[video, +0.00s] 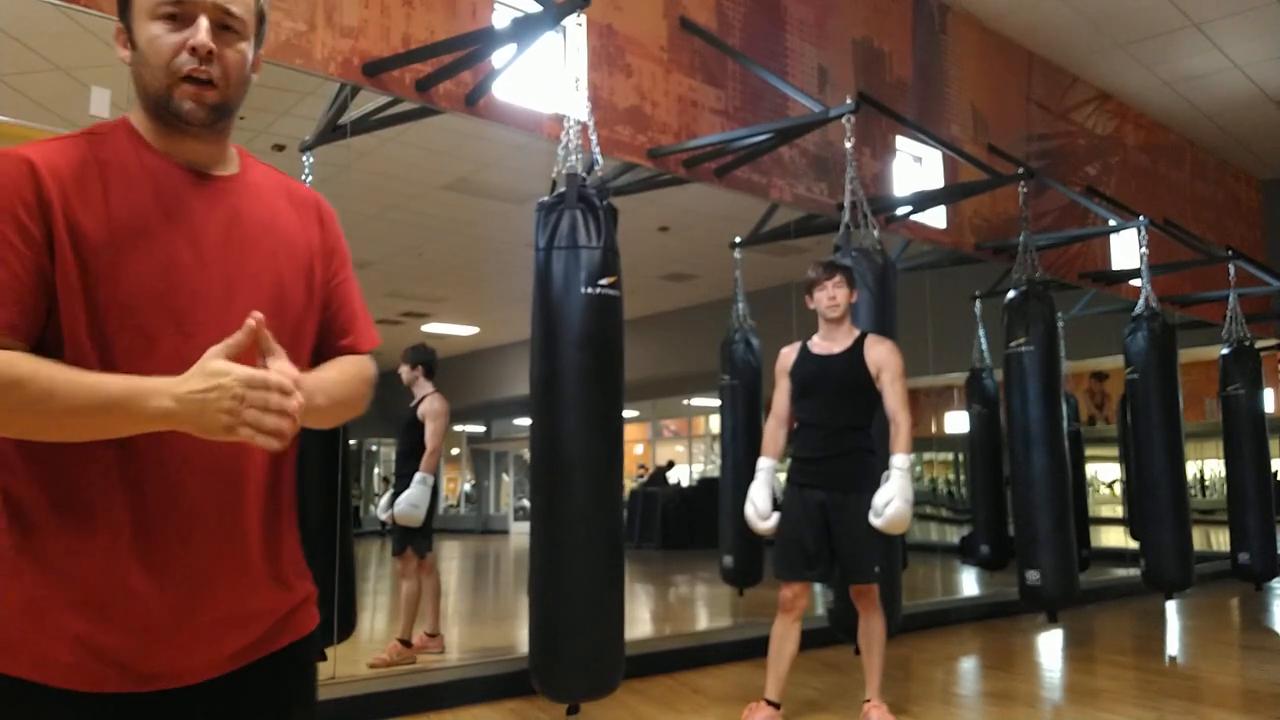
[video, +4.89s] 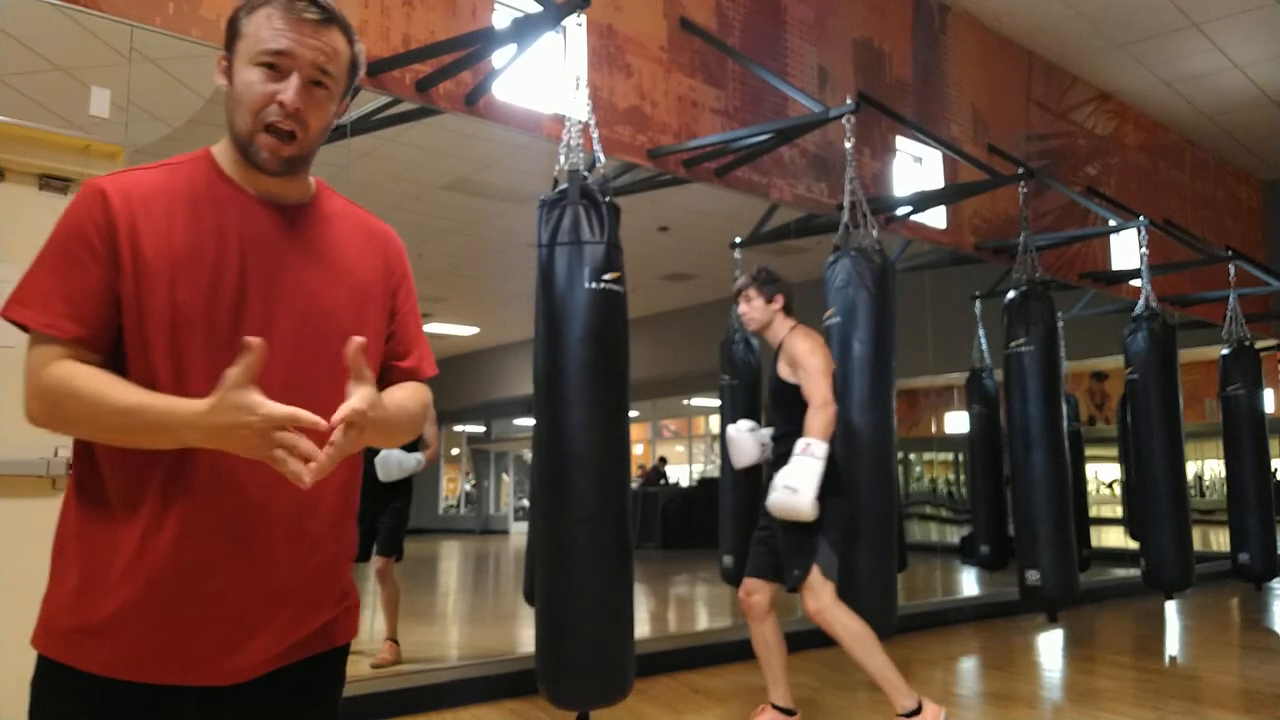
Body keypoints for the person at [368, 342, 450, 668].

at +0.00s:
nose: (399, 372)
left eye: (403, 367)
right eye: (400, 367)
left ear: (418, 370)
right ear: (419, 370)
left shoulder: (434, 402)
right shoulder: (417, 403)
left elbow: (433, 450)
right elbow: (406, 454)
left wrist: (419, 489)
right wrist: (392, 492)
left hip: (416, 486)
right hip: (408, 485)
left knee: (406, 565)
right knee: (424, 564)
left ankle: (403, 641)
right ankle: (431, 634)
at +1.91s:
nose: (400, 373)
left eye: (403, 367)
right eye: (400, 368)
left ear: (420, 369)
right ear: (418, 369)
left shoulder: (436, 402)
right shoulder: (416, 403)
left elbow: (437, 450)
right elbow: (407, 454)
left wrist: (423, 489)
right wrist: (393, 491)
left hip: (421, 483)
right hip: (409, 482)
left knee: (408, 563)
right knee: (425, 563)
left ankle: (403, 641)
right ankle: (431, 634)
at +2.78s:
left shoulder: (417, 392)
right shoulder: (391, 399)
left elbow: (422, 444)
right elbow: (389, 452)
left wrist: (409, 485)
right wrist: (371, 484)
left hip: (407, 481)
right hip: (389, 482)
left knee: (397, 566)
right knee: (374, 563)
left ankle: (403, 643)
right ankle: (414, 619)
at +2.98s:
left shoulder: (404, 393)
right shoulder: (380, 394)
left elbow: (408, 445)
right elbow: (385, 451)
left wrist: (396, 484)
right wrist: (368, 482)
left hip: (401, 479)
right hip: (384, 478)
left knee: (393, 563)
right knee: (370, 562)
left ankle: (403, 644)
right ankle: (383, 632)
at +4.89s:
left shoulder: (417, 398)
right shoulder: (355, 394)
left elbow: (433, 447)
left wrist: (414, 462)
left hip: (395, 487)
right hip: (358, 485)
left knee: (382, 567)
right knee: (345, 566)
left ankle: (391, 642)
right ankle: (338, 639)